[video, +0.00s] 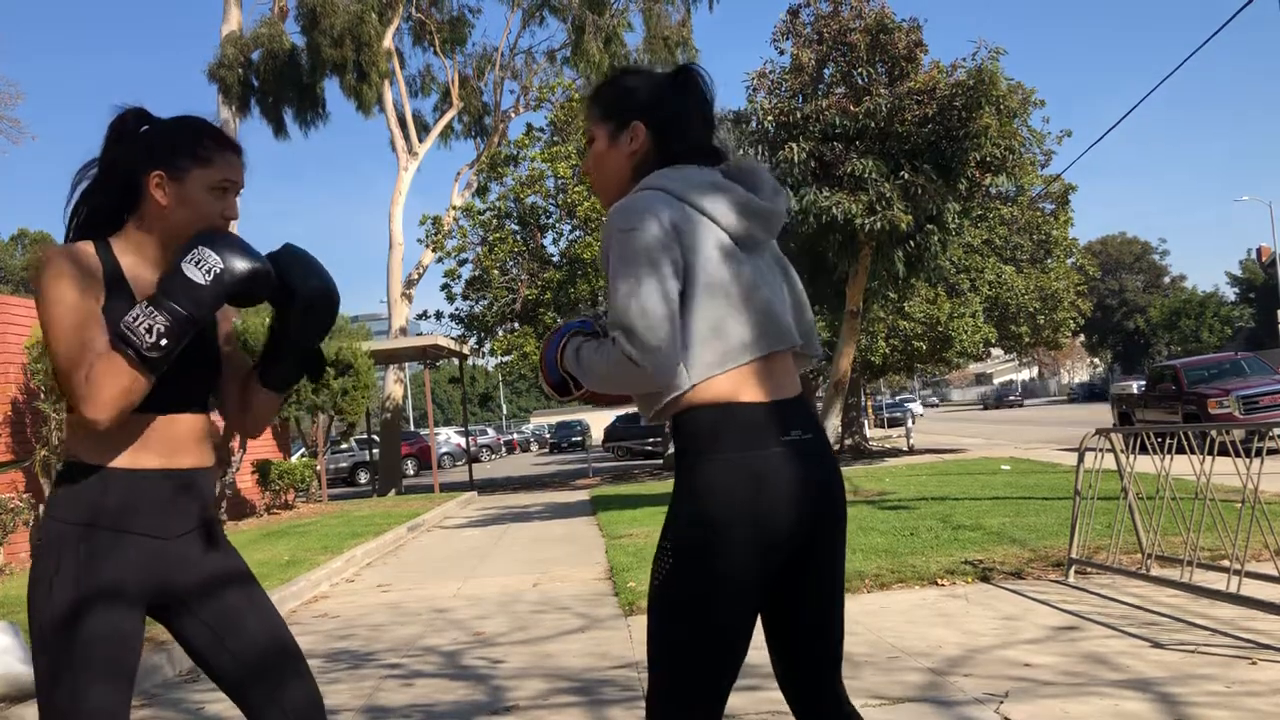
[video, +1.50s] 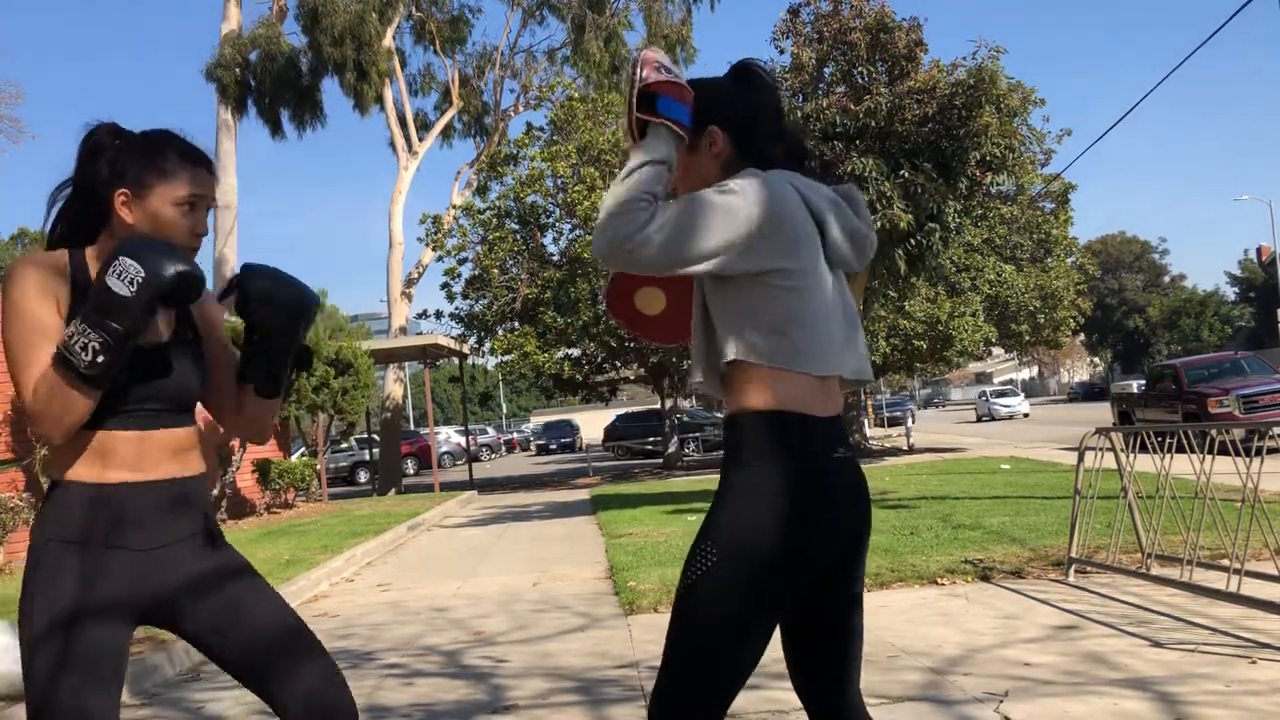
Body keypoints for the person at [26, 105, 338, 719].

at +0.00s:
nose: (234, 212)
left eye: (237, 194)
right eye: (222, 191)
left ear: (168, 190)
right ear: (161, 188)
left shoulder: (207, 294)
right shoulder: (73, 265)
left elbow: (247, 416)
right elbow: (98, 401)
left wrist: (296, 336)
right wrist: (185, 299)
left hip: (195, 532)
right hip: (95, 531)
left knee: (296, 705)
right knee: (85, 710)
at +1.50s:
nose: (204, 227)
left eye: (206, 211)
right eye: (190, 207)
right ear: (127, 205)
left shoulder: (193, 297)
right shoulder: (41, 277)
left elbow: (252, 425)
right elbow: (49, 422)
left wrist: (276, 340)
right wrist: (108, 317)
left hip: (190, 541)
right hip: (82, 546)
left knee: (323, 697)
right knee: (70, 709)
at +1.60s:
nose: (211, 204)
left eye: (212, 188)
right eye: (195, 186)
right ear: (131, 188)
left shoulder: (220, 267)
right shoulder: (62, 271)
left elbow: (342, 322)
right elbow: (48, 421)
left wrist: (351, 255)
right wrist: (90, 312)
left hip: (208, 529)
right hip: (99, 533)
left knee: (313, 706)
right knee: (79, 711)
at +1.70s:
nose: (226, 209)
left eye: (230, 192)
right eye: (211, 191)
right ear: (145, 190)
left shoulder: (246, 250)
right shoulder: (82, 275)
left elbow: (379, 229)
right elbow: (87, 426)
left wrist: (460, 165)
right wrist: (110, 318)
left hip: (221, 533)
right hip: (113, 531)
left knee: (314, 703)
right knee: (82, 707)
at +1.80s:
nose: (231, 217)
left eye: (236, 201)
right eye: (217, 199)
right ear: (152, 194)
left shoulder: (246, 254)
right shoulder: (83, 277)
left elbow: (378, 253)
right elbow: (93, 429)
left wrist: (434, 186)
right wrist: (120, 323)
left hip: (225, 535)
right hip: (116, 533)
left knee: (326, 707)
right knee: (80, 711)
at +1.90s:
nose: (229, 225)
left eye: (234, 208)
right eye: (216, 206)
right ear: (151, 199)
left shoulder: (232, 273)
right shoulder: (74, 279)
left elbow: (339, 360)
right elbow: (76, 436)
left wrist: (360, 274)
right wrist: (112, 327)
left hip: (224, 536)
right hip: (115, 537)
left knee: (330, 707)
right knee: (83, 711)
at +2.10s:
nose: (222, 227)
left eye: (228, 211)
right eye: (210, 207)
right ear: (145, 199)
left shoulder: (218, 287)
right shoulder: (59, 281)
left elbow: (266, 419)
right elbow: (65, 430)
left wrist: (284, 318)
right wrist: (107, 321)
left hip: (208, 540)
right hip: (101, 541)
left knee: (318, 708)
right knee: (75, 710)